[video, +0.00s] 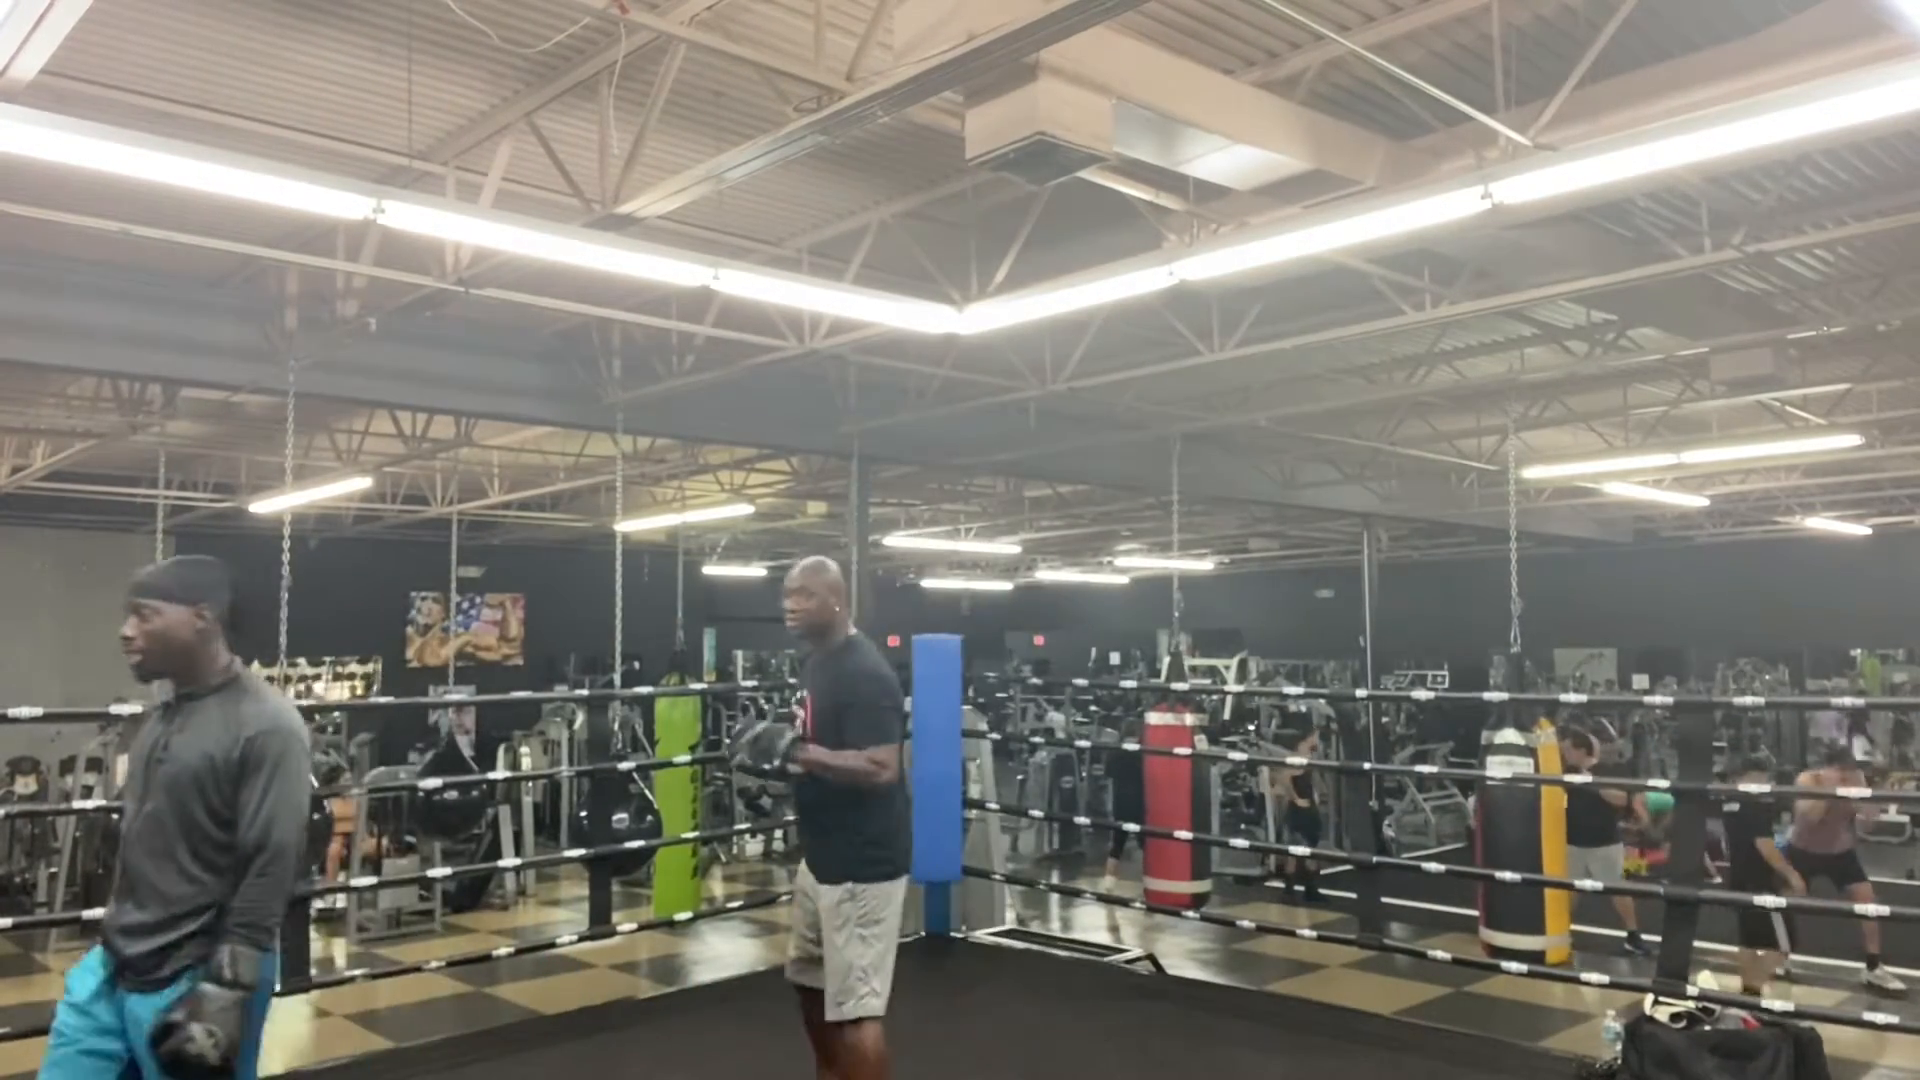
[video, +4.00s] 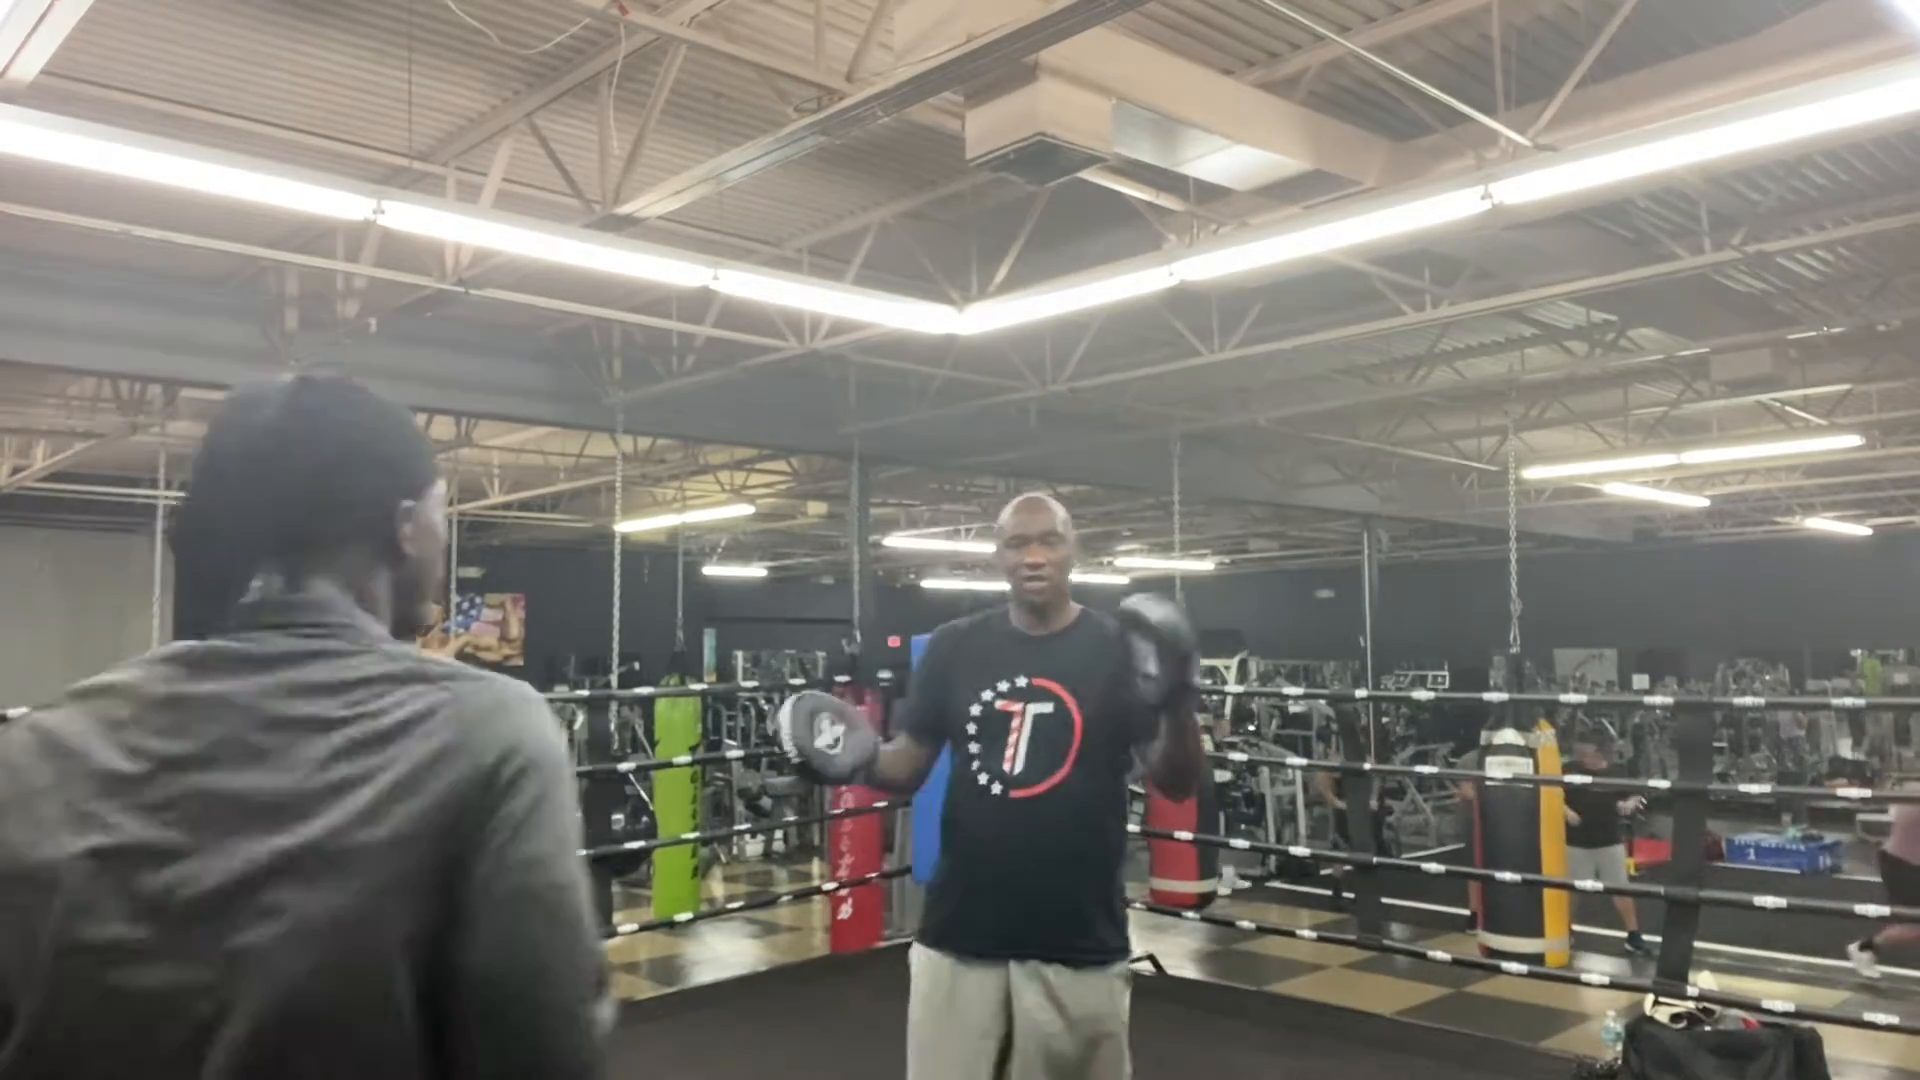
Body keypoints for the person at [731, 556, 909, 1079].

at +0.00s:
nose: (789, 605)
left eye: (801, 595)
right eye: (788, 596)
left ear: (833, 600)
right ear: (797, 603)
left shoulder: (867, 670)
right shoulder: (817, 665)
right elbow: (826, 747)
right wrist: (781, 746)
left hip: (866, 870)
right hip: (821, 860)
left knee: (856, 1014)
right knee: (810, 985)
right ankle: (832, 1070)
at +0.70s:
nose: (827, 585)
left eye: (837, 575)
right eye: (817, 576)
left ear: (854, 583)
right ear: (802, 583)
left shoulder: (888, 648)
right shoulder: (773, 646)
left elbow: (919, 721)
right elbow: (743, 727)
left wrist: (881, 734)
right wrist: (770, 721)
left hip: (862, 833)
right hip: (788, 831)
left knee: (872, 962)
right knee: (794, 958)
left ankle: (878, 1049)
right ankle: (816, 1061)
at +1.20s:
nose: (919, 598)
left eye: (926, 587)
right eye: (907, 587)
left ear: (936, 595)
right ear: (882, 594)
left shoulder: (957, 667)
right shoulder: (837, 658)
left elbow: (980, 742)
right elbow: (801, 742)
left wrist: (957, 762)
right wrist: (847, 761)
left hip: (926, 859)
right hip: (838, 857)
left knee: (936, 993)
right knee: (811, 982)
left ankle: (934, 1077)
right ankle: (816, 1057)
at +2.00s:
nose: (941, 590)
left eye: (946, 578)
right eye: (926, 580)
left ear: (955, 581)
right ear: (892, 585)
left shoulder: (986, 658)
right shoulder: (844, 660)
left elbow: (1009, 747)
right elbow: (808, 762)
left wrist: (1003, 760)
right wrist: (868, 736)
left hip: (962, 880)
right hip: (870, 882)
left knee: (970, 1044)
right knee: (874, 1040)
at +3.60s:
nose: (942, 558)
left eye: (956, 543)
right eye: (925, 546)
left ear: (977, 554)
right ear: (902, 563)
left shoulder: (1040, 648)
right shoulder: (865, 665)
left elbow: (1083, 789)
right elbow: (819, 793)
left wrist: (1081, 759)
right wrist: (846, 784)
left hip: (1036, 938)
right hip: (917, 945)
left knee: (1058, 1071)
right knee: (924, 1073)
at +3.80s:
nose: (970, 565)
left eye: (983, 549)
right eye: (953, 552)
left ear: (1007, 558)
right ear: (932, 565)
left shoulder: (1069, 656)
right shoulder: (891, 665)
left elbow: (1139, 782)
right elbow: (849, 794)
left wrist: (1117, 750)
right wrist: (849, 780)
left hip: (1046, 944)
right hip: (926, 945)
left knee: (1056, 1073)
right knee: (925, 1073)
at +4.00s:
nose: (1033, 556)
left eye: (1049, 541)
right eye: (1017, 544)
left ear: (1074, 553)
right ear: (997, 558)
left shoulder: (1122, 650)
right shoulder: (954, 647)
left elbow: (1177, 784)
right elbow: (908, 764)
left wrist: (1178, 692)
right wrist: (856, 750)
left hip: (1079, 939)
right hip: (961, 934)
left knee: (1081, 1072)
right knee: (942, 1072)